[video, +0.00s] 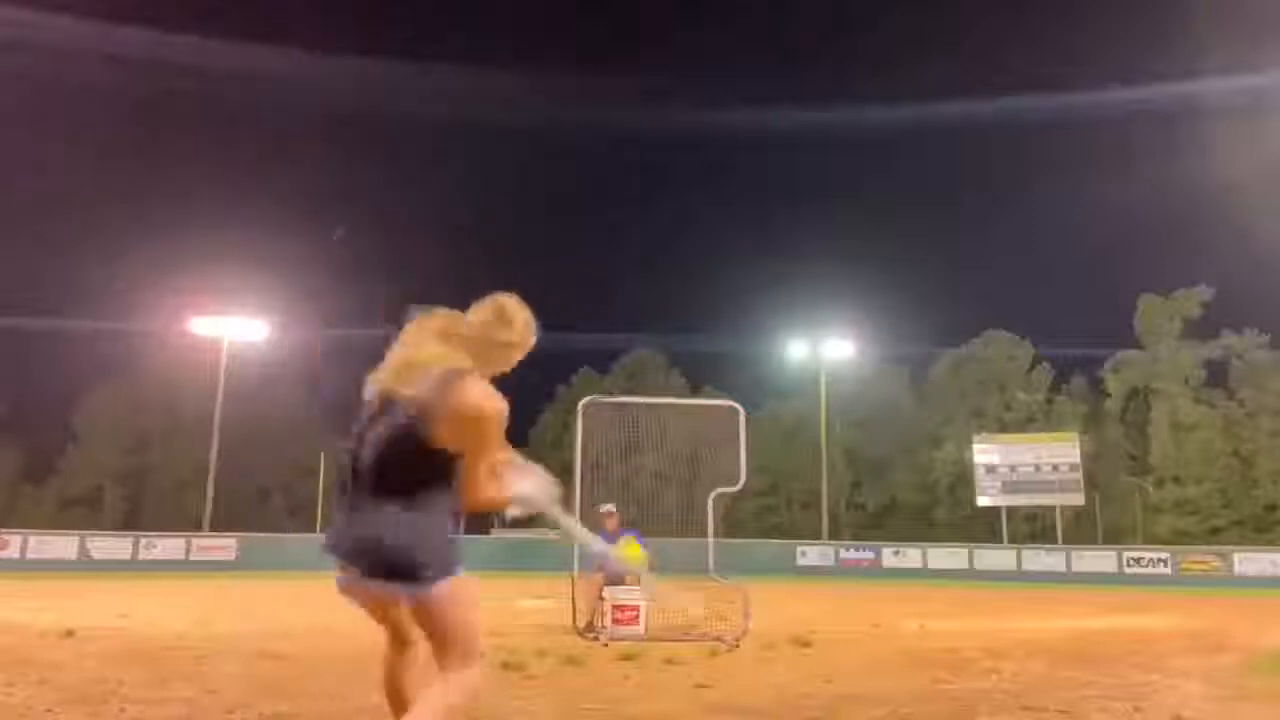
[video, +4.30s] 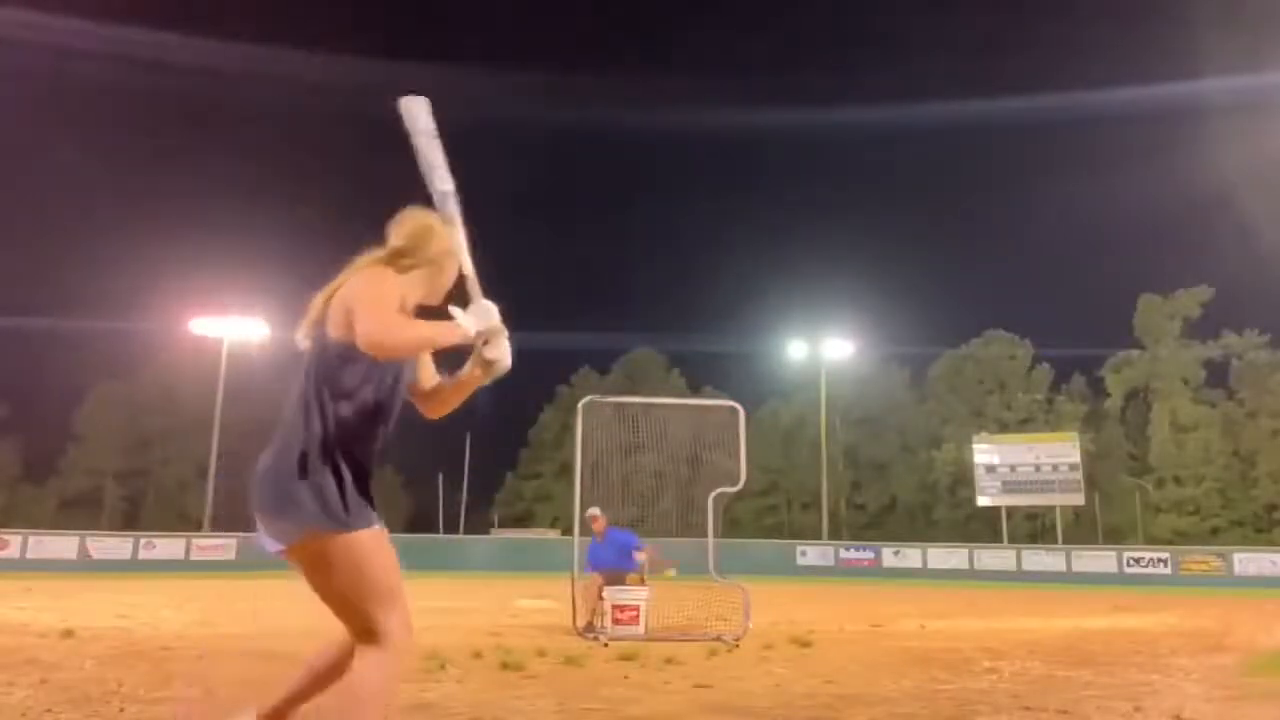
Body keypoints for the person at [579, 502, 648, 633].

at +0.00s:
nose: (610, 522)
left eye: (612, 517)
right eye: (606, 518)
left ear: (619, 518)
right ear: (603, 520)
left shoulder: (631, 536)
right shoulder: (599, 539)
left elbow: (642, 556)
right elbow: (594, 562)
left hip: (628, 573)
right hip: (607, 574)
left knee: (633, 579)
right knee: (594, 581)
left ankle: (633, 622)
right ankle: (590, 621)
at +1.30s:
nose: (617, 522)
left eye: (620, 517)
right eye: (614, 518)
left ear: (625, 519)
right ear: (609, 520)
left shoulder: (634, 536)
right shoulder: (603, 538)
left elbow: (642, 559)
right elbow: (596, 561)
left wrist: (624, 568)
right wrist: (604, 567)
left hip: (628, 573)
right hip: (609, 574)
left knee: (637, 578)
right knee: (594, 584)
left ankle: (637, 620)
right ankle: (590, 620)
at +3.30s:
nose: (612, 519)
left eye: (615, 515)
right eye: (609, 516)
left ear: (621, 517)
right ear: (605, 518)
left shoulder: (631, 537)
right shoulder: (600, 538)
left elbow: (642, 563)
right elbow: (594, 564)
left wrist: (627, 569)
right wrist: (601, 566)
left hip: (625, 574)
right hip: (607, 574)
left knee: (637, 576)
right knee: (593, 581)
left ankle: (637, 620)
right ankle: (589, 620)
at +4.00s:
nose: (604, 521)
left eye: (607, 517)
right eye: (601, 518)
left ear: (614, 517)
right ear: (597, 520)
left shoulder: (626, 537)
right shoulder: (596, 540)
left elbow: (636, 560)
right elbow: (593, 562)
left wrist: (621, 564)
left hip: (625, 573)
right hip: (606, 574)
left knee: (635, 577)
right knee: (593, 580)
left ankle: (635, 621)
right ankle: (590, 621)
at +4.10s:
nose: (599, 523)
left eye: (601, 519)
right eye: (595, 520)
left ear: (609, 518)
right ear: (593, 522)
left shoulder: (623, 537)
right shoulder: (595, 542)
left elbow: (640, 556)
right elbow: (591, 564)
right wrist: (597, 575)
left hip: (622, 573)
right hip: (603, 575)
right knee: (591, 587)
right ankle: (589, 622)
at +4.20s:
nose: (597, 524)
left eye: (600, 519)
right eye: (594, 521)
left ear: (607, 519)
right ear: (591, 523)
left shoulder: (620, 535)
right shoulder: (594, 545)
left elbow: (639, 552)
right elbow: (592, 568)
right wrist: (598, 578)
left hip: (622, 573)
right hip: (603, 575)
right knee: (590, 586)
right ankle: (589, 622)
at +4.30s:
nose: (594, 525)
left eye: (597, 520)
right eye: (591, 522)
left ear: (604, 520)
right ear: (589, 524)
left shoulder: (616, 535)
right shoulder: (593, 546)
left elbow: (637, 544)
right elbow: (592, 567)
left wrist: (640, 552)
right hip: (604, 575)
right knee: (590, 586)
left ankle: (589, 622)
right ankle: (589, 622)